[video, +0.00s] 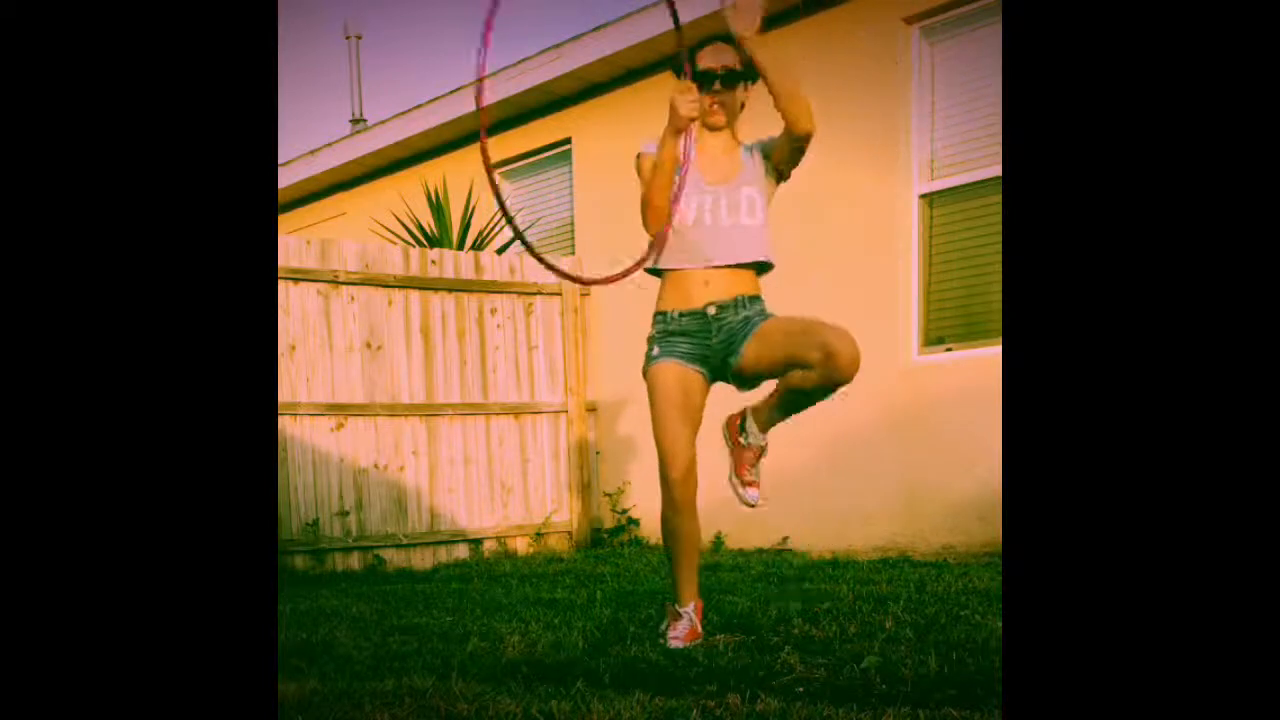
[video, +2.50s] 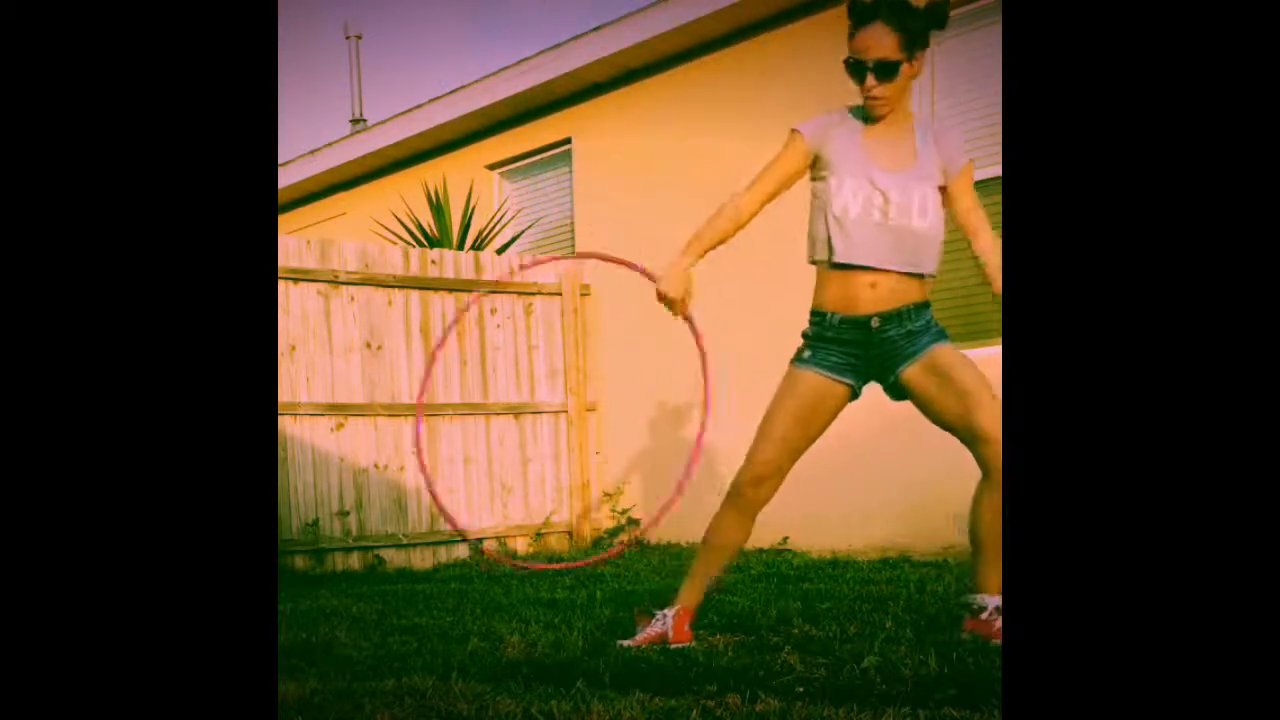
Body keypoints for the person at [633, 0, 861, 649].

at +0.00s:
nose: (717, 91)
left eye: (729, 80)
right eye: (705, 80)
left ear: (747, 90)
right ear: (687, 90)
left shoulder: (762, 158)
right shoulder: (663, 156)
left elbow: (801, 127)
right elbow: (655, 225)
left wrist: (751, 43)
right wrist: (671, 134)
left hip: (745, 320)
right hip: (677, 329)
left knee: (838, 353)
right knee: (677, 474)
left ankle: (752, 428)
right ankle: (686, 608)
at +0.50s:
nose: (764, 60)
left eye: (777, 48)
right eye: (751, 53)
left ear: (801, 57)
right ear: (739, 70)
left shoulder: (830, 121)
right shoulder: (721, 144)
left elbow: (913, 55)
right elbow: (652, 226)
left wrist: (854, 39)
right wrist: (692, 235)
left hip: (822, 314)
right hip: (745, 324)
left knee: (884, 456)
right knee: (715, 478)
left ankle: (943, 602)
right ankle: (695, 606)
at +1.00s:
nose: (806, 81)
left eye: (812, 62)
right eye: (801, 70)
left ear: (855, 47)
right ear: (826, 65)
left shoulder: (896, 121)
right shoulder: (828, 126)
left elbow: (851, 226)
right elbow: (761, 86)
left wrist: (771, 157)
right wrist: (753, 27)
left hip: (874, 313)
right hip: (809, 320)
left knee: (919, 469)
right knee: (726, 463)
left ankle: (947, 609)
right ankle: (676, 614)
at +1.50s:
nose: (695, 106)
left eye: (705, 96)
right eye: (694, 95)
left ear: (750, 95)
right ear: (730, 97)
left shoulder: (792, 128)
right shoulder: (708, 167)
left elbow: (778, 13)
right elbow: (685, 265)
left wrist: (680, 9)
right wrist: (606, 221)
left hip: (785, 333)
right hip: (720, 345)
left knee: (857, 482)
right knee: (638, 473)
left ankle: (942, 612)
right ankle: (671, 616)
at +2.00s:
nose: (695, 128)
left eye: (701, 116)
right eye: (692, 117)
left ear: (741, 104)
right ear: (726, 107)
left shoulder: (805, 143)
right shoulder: (710, 152)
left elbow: (854, 217)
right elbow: (609, 144)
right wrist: (525, 104)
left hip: (808, 334)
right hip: (738, 351)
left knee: (886, 469)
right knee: (655, 466)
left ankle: (968, 603)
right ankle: (673, 617)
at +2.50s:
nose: (869, 84)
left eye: (885, 69)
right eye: (857, 69)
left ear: (919, 63)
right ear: (847, 62)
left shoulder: (940, 145)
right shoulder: (824, 133)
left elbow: (985, 242)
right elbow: (748, 201)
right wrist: (684, 260)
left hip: (913, 335)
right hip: (831, 339)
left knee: (998, 446)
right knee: (752, 482)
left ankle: (988, 606)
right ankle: (678, 619)